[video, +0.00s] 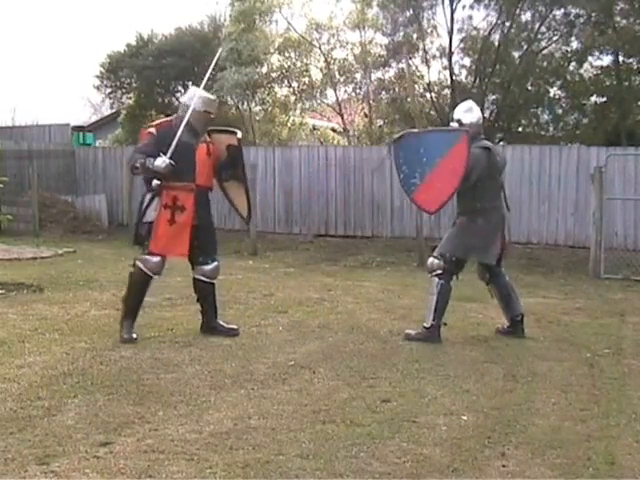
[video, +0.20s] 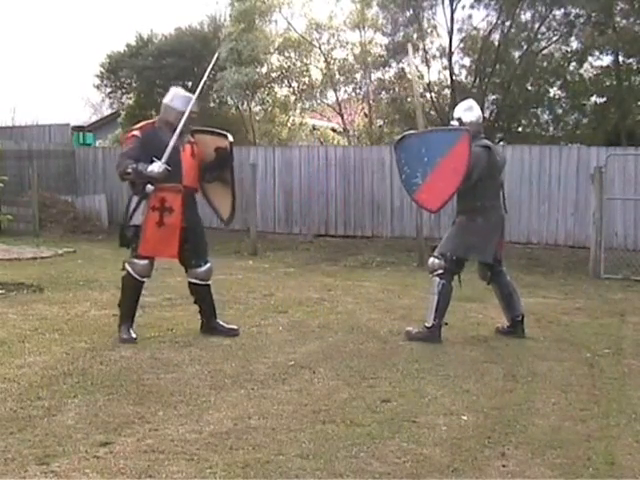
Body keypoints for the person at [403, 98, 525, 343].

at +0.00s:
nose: (456, 129)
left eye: (459, 124)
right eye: (457, 124)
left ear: (465, 126)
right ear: (479, 126)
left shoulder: (472, 154)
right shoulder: (492, 151)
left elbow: (454, 180)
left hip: (473, 221)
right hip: (494, 220)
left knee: (442, 268)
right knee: (490, 269)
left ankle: (432, 327)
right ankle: (516, 321)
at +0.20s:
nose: (456, 128)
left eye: (458, 123)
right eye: (457, 123)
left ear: (465, 124)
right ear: (479, 124)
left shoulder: (472, 152)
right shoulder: (492, 151)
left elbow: (456, 179)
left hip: (472, 220)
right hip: (494, 220)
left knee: (443, 268)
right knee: (492, 269)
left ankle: (433, 327)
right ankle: (516, 322)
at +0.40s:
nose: (456, 128)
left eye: (459, 123)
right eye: (456, 123)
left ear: (467, 124)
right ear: (479, 123)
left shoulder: (474, 152)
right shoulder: (491, 150)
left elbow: (458, 181)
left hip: (471, 219)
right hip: (491, 218)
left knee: (443, 267)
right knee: (493, 269)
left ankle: (433, 327)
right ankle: (516, 322)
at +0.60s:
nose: (455, 128)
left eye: (458, 123)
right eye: (456, 123)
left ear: (464, 124)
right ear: (478, 124)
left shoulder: (471, 152)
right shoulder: (490, 151)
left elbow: (455, 180)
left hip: (469, 220)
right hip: (489, 219)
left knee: (442, 267)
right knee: (491, 269)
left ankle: (432, 327)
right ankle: (516, 322)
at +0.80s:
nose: (455, 128)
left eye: (457, 123)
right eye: (456, 124)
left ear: (464, 124)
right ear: (478, 124)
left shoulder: (470, 152)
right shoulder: (489, 151)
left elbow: (453, 180)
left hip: (468, 219)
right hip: (488, 219)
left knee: (441, 266)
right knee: (490, 269)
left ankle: (432, 327)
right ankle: (516, 321)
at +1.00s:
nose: (453, 127)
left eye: (455, 123)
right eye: (453, 123)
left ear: (461, 124)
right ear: (476, 124)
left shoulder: (467, 152)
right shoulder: (489, 151)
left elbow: (452, 180)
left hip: (466, 220)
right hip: (487, 220)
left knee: (441, 268)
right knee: (492, 270)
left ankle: (432, 327)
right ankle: (516, 322)